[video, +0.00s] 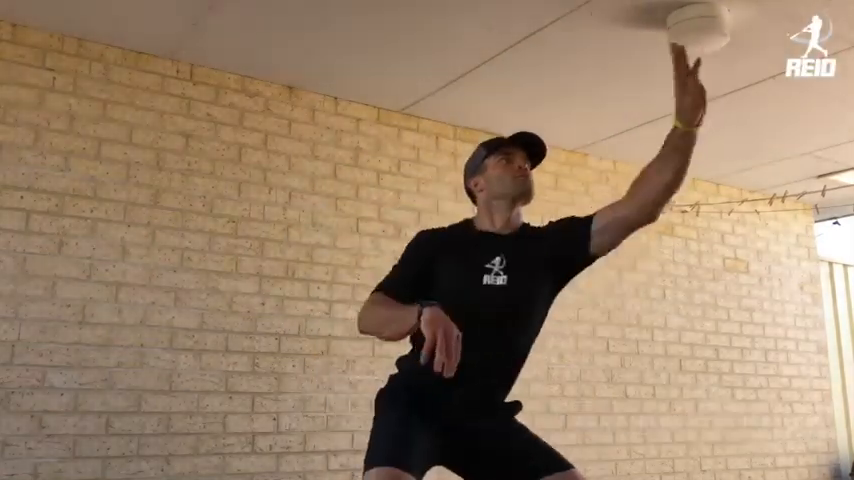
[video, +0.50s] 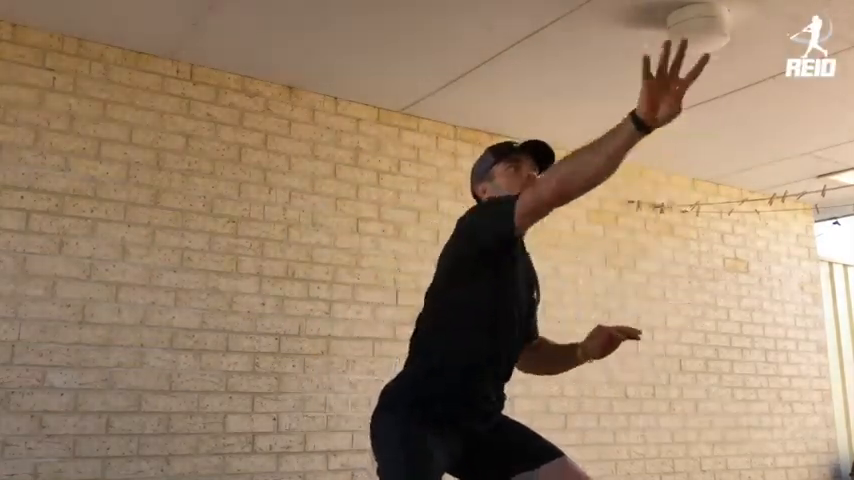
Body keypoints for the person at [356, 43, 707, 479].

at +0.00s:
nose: (523, 167)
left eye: (527, 163)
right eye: (506, 159)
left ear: (532, 182)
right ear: (476, 183)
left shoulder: (551, 248)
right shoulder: (433, 246)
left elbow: (637, 208)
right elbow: (371, 316)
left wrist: (687, 124)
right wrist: (422, 314)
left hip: (484, 418)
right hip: (415, 403)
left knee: (568, 476)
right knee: (387, 474)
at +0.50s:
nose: (532, 177)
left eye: (534, 171)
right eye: (514, 168)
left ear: (542, 182)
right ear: (483, 189)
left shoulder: (522, 272)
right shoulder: (478, 230)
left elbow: (527, 354)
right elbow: (555, 190)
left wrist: (582, 352)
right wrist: (641, 122)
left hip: (478, 423)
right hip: (417, 415)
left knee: (570, 475)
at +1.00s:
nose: (462, 145)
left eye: (466, 140)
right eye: (444, 140)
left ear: (475, 159)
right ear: (417, 167)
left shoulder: (503, 228)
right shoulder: (386, 244)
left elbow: (584, 190)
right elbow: (336, 333)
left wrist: (624, 117)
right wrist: (391, 309)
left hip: (470, 408)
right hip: (397, 403)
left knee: (553, 476)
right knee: (377, 477)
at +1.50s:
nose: (462, 175)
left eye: (464, 168)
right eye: (444, 169)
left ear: (472, 182)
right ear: (415, 197)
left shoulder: (477, 265)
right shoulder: (411, 257)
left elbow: (501, 328)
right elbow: (482, 241)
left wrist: (540, 324)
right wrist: (568, 156)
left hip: (461, 436)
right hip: (396, 439)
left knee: (557, 476)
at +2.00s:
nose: (406, 136)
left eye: (411, 131)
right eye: (387, 131)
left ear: (422, 152)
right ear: (362, 162)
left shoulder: (460, 209)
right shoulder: (343, 247)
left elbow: (530, 158)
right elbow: (307, 354)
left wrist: (581, 75)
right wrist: (340, 317)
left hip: (454, 404)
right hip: (379, 405)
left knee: (543, 475)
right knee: (360, 475)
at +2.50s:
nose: (493, 146)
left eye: (497, 141)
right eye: (474, 140)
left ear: (502, 160)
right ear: (447, 165)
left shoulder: (501, 252)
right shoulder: (438, 215)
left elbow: (512, 335)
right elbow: (515, 205)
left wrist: (552, 314)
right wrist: (596, 144)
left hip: (472, 406)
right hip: (412, 406)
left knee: (563, 476)